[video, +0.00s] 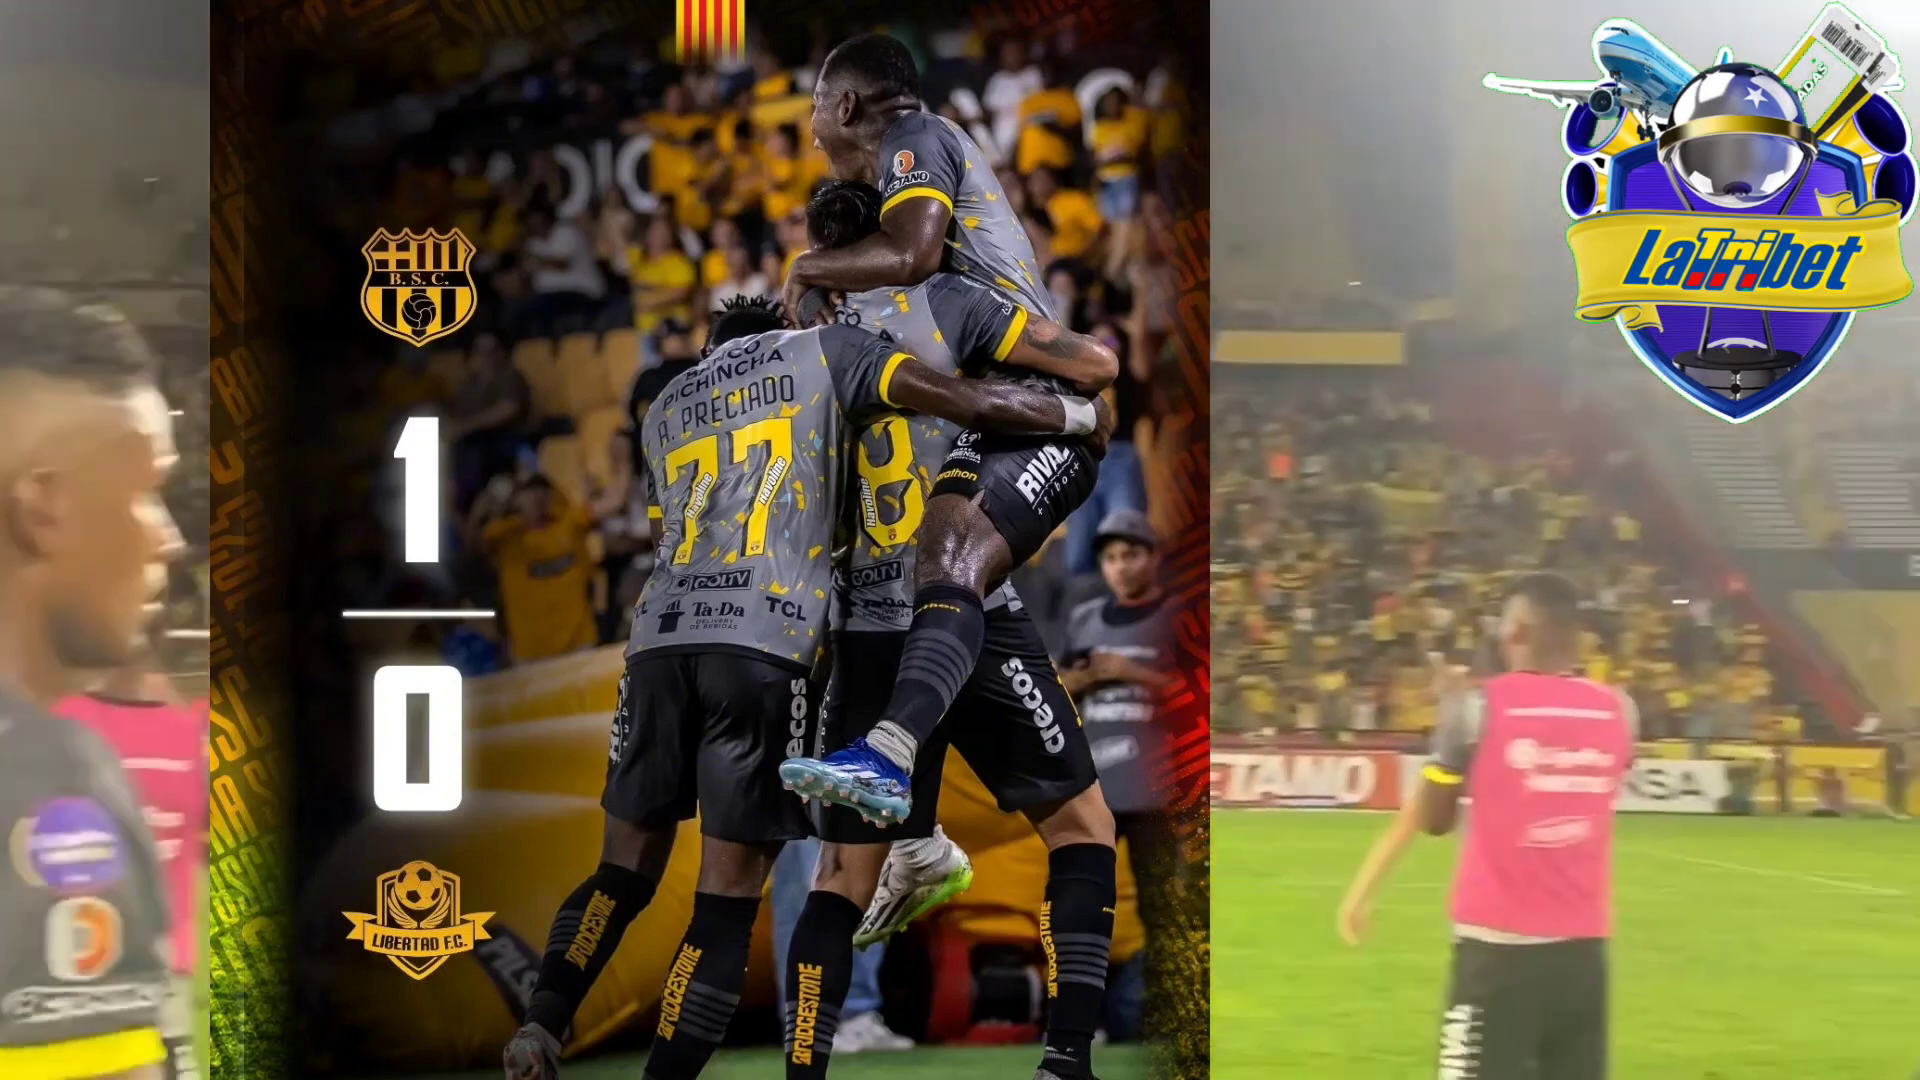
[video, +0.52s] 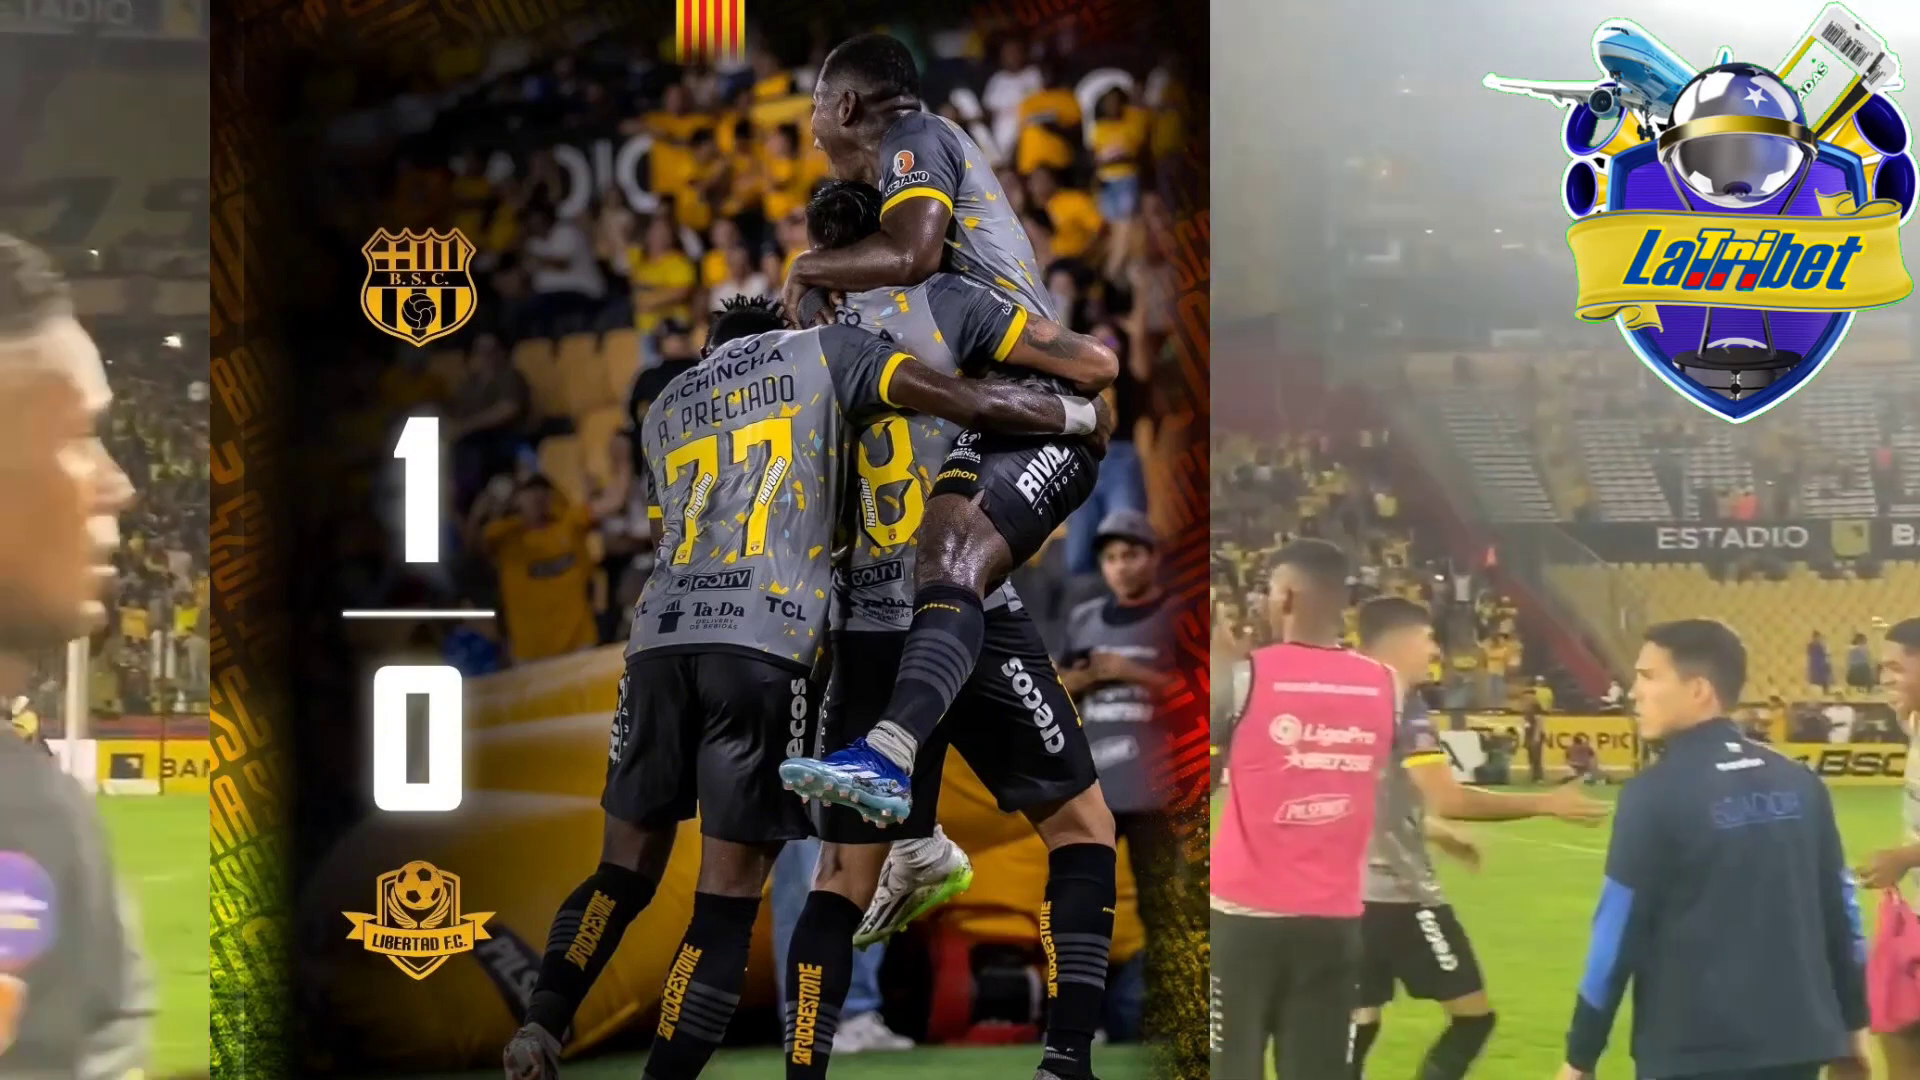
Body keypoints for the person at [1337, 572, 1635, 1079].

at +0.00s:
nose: (1501, 632)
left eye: (1506, 623)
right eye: (1505, 623)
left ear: (1516, 632)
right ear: (1574, 636)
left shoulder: (1479, 705)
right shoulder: (1618, 711)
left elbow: (1432, 816)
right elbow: (1602, 788)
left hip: (1496, 958)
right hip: (1581, 959)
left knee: (1479, 1071)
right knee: (1578, 1072)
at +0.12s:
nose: (1395, 630)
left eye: (1400, 620)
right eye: (1399, 619)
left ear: (1411, 630)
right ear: (1469, 634)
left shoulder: (1372, 707)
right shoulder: (1510, 713)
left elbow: (1327, 811)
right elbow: (1480, 809)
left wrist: (1345, 711)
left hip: (1379, 961)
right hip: (1464, 961)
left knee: (1345, 1070)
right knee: (1459, 1072)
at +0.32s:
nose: (1388, 683)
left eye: (1386, 671)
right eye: (1378, 671)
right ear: (1346, 674)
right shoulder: (1339, 739)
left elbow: (1372, 828)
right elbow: (1372, 828)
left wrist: (1455, 879)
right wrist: (1456, 879)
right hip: (1354, 910)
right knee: (1365, 1043)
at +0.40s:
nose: (1386, 664)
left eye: (1385, 654)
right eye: (1378, 653)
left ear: (1332, 662)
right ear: (1345, 658)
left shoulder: (1305, 719)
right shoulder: (1357, 715)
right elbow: (1385, 811)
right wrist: (1479, 837)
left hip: (1311, 899)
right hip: (1357, 902)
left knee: (1327, 1031)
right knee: (1398, 1038)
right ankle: (1335, 1075)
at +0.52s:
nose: (1433, 651)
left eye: (1432, 640)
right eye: (1426, 639)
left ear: (1377, 647)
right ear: (1393, 644)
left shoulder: (1346, 702)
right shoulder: (1402, 703)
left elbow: (1366, 794)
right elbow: (1449, 798)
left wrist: (1431, 829)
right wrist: (1544, 802)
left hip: (1352, 891)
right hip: (1401, 895)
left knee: (1359, 1021)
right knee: (1472, 1016)